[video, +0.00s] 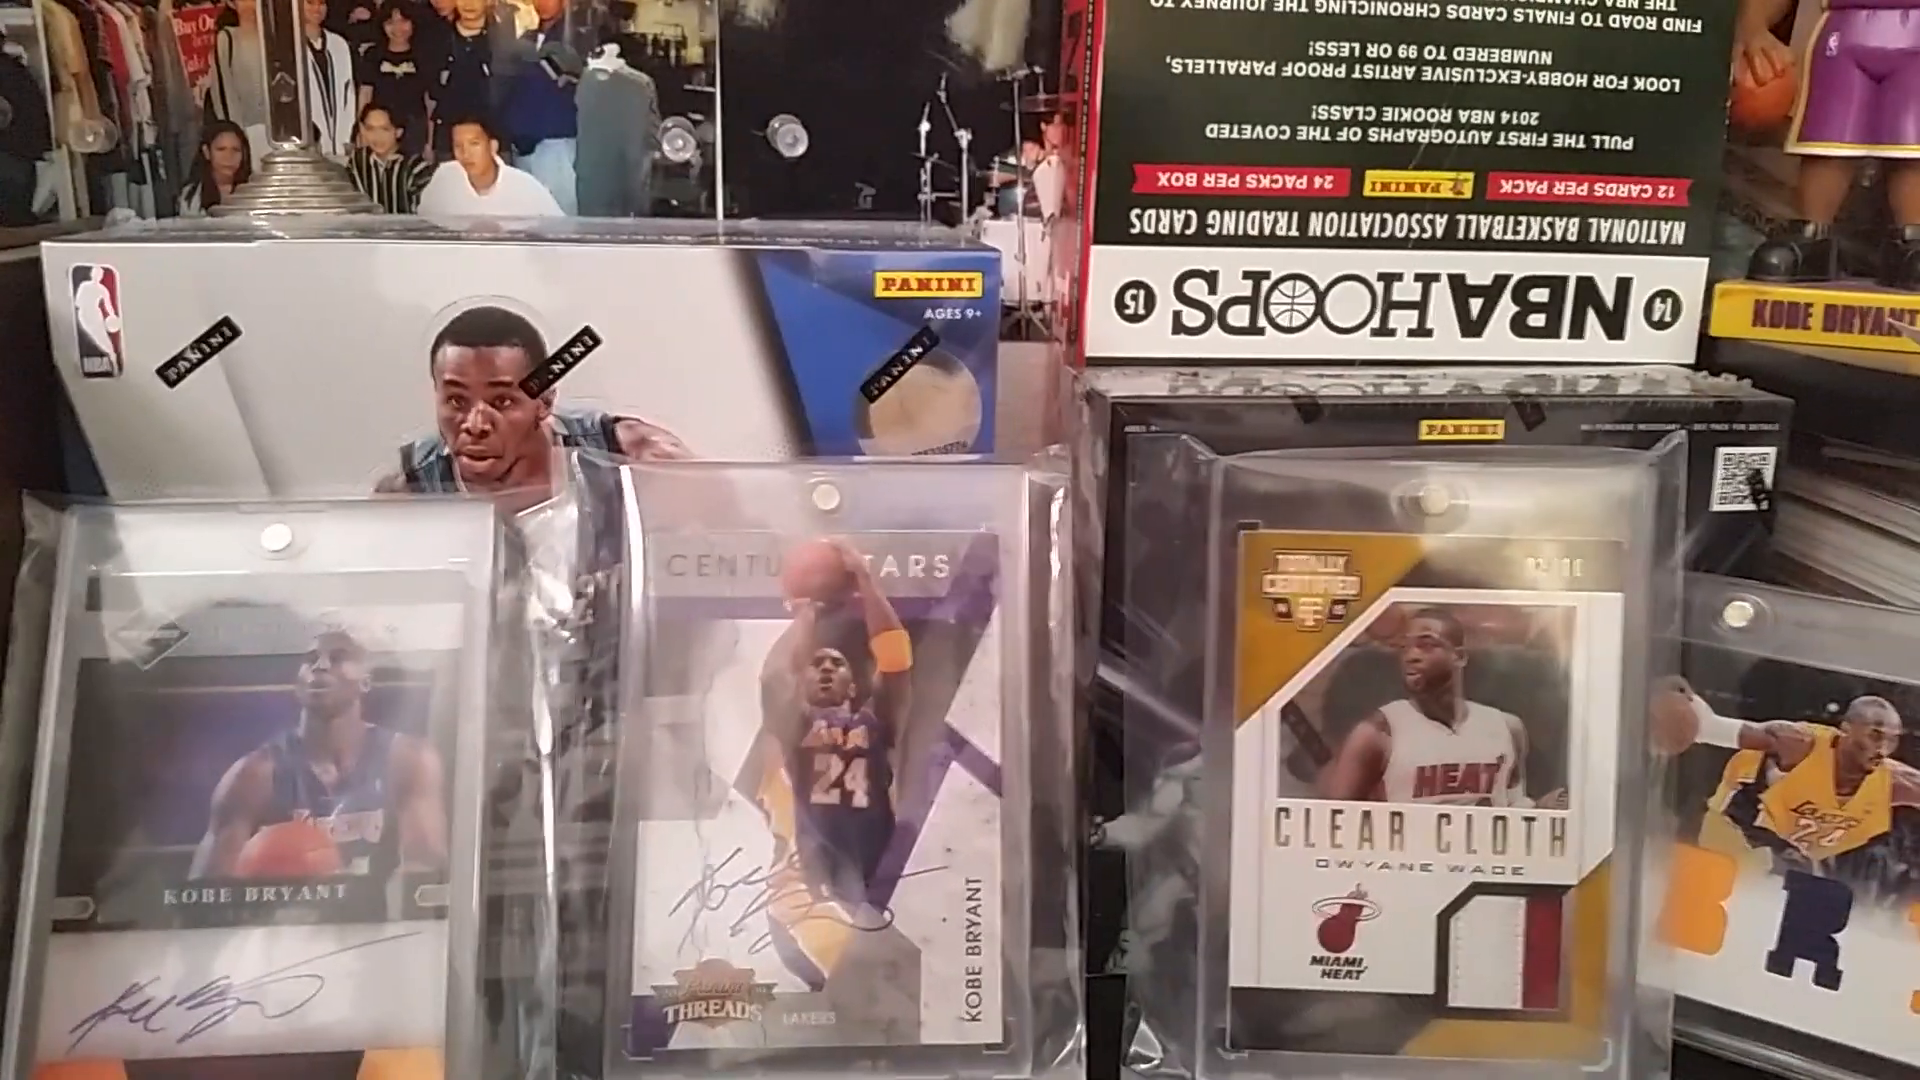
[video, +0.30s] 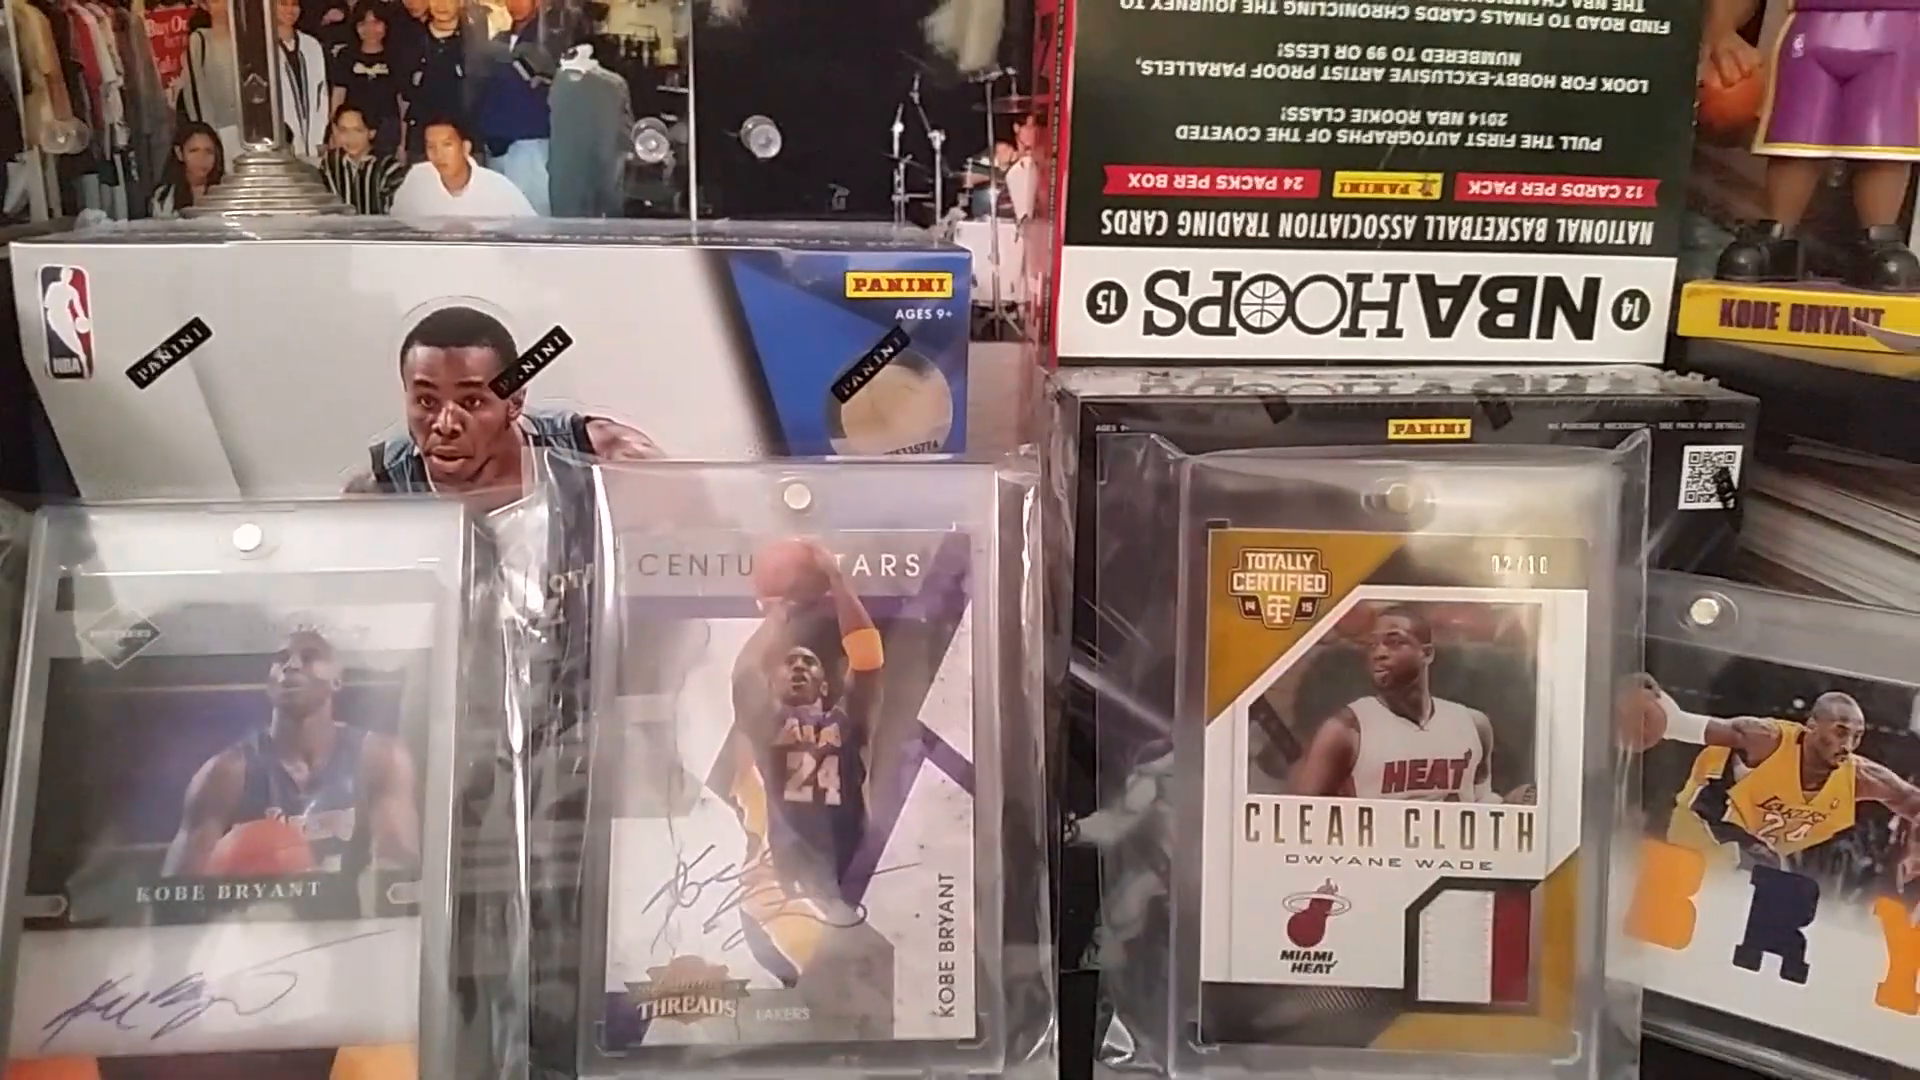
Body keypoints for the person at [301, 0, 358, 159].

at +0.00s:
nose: (318, 8)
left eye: (322, 3)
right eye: (311, 3)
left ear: (326, 8)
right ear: (299, 6)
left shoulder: (341, 44)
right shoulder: (292, 47)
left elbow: (350, 91)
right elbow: (290, 98)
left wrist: (348, 137)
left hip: (343, 144)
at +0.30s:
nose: (291, 10)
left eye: (295, 4)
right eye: (284, 4)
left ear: (300, 9)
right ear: (272, 7)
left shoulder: (313, 45)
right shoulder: (265, 48)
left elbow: (323, 92)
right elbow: (263, 98)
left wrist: (320, 138)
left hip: (314, 143)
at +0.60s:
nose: (311, 9)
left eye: (316, 4)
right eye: (305, 3)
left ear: (321, 8)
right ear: (293, 6)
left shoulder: (333, 43)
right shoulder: (287, 46)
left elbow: (343, 90)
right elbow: (286, 95)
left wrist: (340, 136)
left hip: (334, 141)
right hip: (305, 143)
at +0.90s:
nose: (334, 10)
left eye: (338, 4)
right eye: (326, 4)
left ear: (342, 8)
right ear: (315, 7)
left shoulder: (355, 44)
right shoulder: (309, 47)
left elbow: (365, 91)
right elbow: (307, 97)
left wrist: (362, 137)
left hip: (357, 143)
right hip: (326, 144)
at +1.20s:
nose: (348, 11)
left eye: (352, 5)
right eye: (341, 5)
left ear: (357, 9)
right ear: (331, 8)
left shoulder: (370, 45)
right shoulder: (324, 48)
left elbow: (380, 91)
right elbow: (322, 96)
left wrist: (378, 136)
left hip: (372, 142)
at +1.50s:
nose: (405, 10)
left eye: (407, 4)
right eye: (398, 4)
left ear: (410, 9)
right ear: (386, 10)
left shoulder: (425, 45)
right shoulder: (379, 49)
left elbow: (434, 91)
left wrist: (431, 133)